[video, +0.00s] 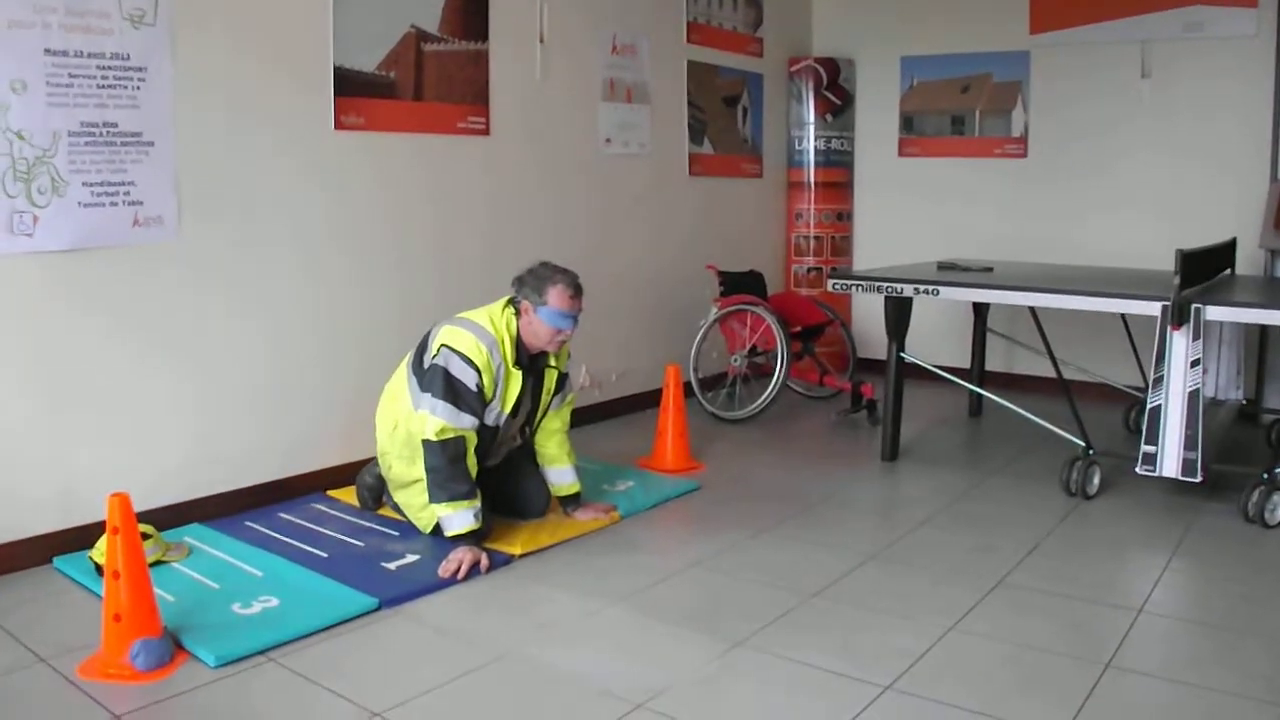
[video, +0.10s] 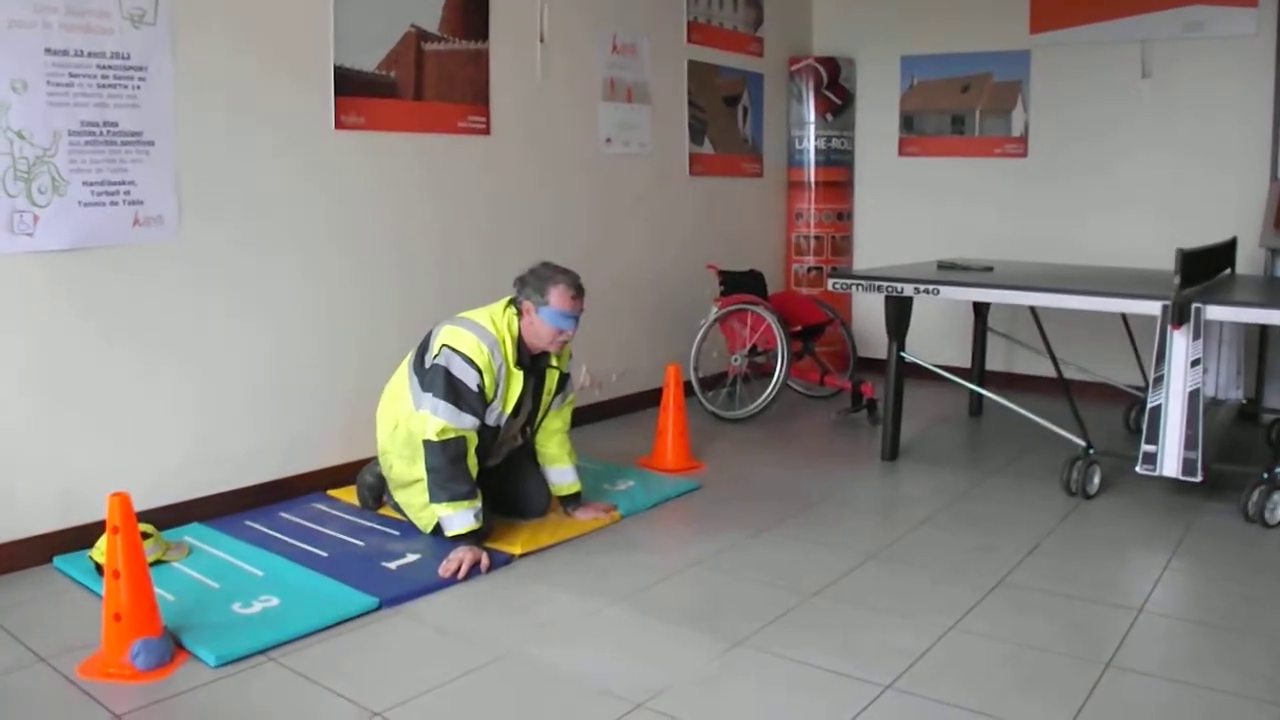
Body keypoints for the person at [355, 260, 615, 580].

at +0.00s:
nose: (568, 332)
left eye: (573, 321)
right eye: (559, 319)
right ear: (525, 311)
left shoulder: (554, 351)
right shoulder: (465, 348)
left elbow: (552, 427)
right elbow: (444, 443)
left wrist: (572, 502)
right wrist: (465, 540)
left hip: (489, 434)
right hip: (416, 440)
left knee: (532, 504)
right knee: (451, 527)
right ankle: (391, 479)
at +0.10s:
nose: (570, 332)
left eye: (575, 322)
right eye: (561, 320)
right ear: (527, 311)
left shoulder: (555, 352)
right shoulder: (467, 348)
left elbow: (553, 427)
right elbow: (445, 443)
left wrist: (573, 501)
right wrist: (466, 539)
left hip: (490, 433)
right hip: (417, 440)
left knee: (532, 504)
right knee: (453, 529)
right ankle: (390, 479)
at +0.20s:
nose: (572, 333)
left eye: (577, 322)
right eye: (563, 321)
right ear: (529, 311)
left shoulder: (556, 352)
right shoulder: (468, 348)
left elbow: (553, 427)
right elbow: (445, 443)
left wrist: (573, 500)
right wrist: (465, 539)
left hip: (491, 433)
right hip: (417, 440)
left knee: (533, 504)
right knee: (456, 529)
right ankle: (391, 479)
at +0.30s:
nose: (573, 333)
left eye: (578, 322)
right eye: (565, 321)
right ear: (530, 311)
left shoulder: (558, 351)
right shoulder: (470, 348)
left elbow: (554, 427)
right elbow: (447, 443)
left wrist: (574, 500)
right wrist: (466, 539)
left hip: (492, 432)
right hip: (418, 439)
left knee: (534, 503)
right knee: (460, 527)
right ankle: (392, 478)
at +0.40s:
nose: (574, 333)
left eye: (579, 323)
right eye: (566, 322)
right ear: (531, 311)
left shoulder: (559, 351)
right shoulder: (471, 347)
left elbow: (555, 426)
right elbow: (449, 443)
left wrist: (575, 500)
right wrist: (468, 539)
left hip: (492, 431)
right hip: (419, 439)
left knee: (535, 502)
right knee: (458, 527)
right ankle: (393, 477)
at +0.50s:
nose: (574, 331)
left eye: (580, 321)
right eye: (566, 320)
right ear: (532, 309)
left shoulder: (559, 349)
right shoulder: (471, 346)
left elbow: (556, 425)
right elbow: (451, 442)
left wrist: (576, 500)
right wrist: (469, 538)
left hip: (492, 429)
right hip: (419, 438)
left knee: (536, 502)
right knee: (454, 525)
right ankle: (393, 476)